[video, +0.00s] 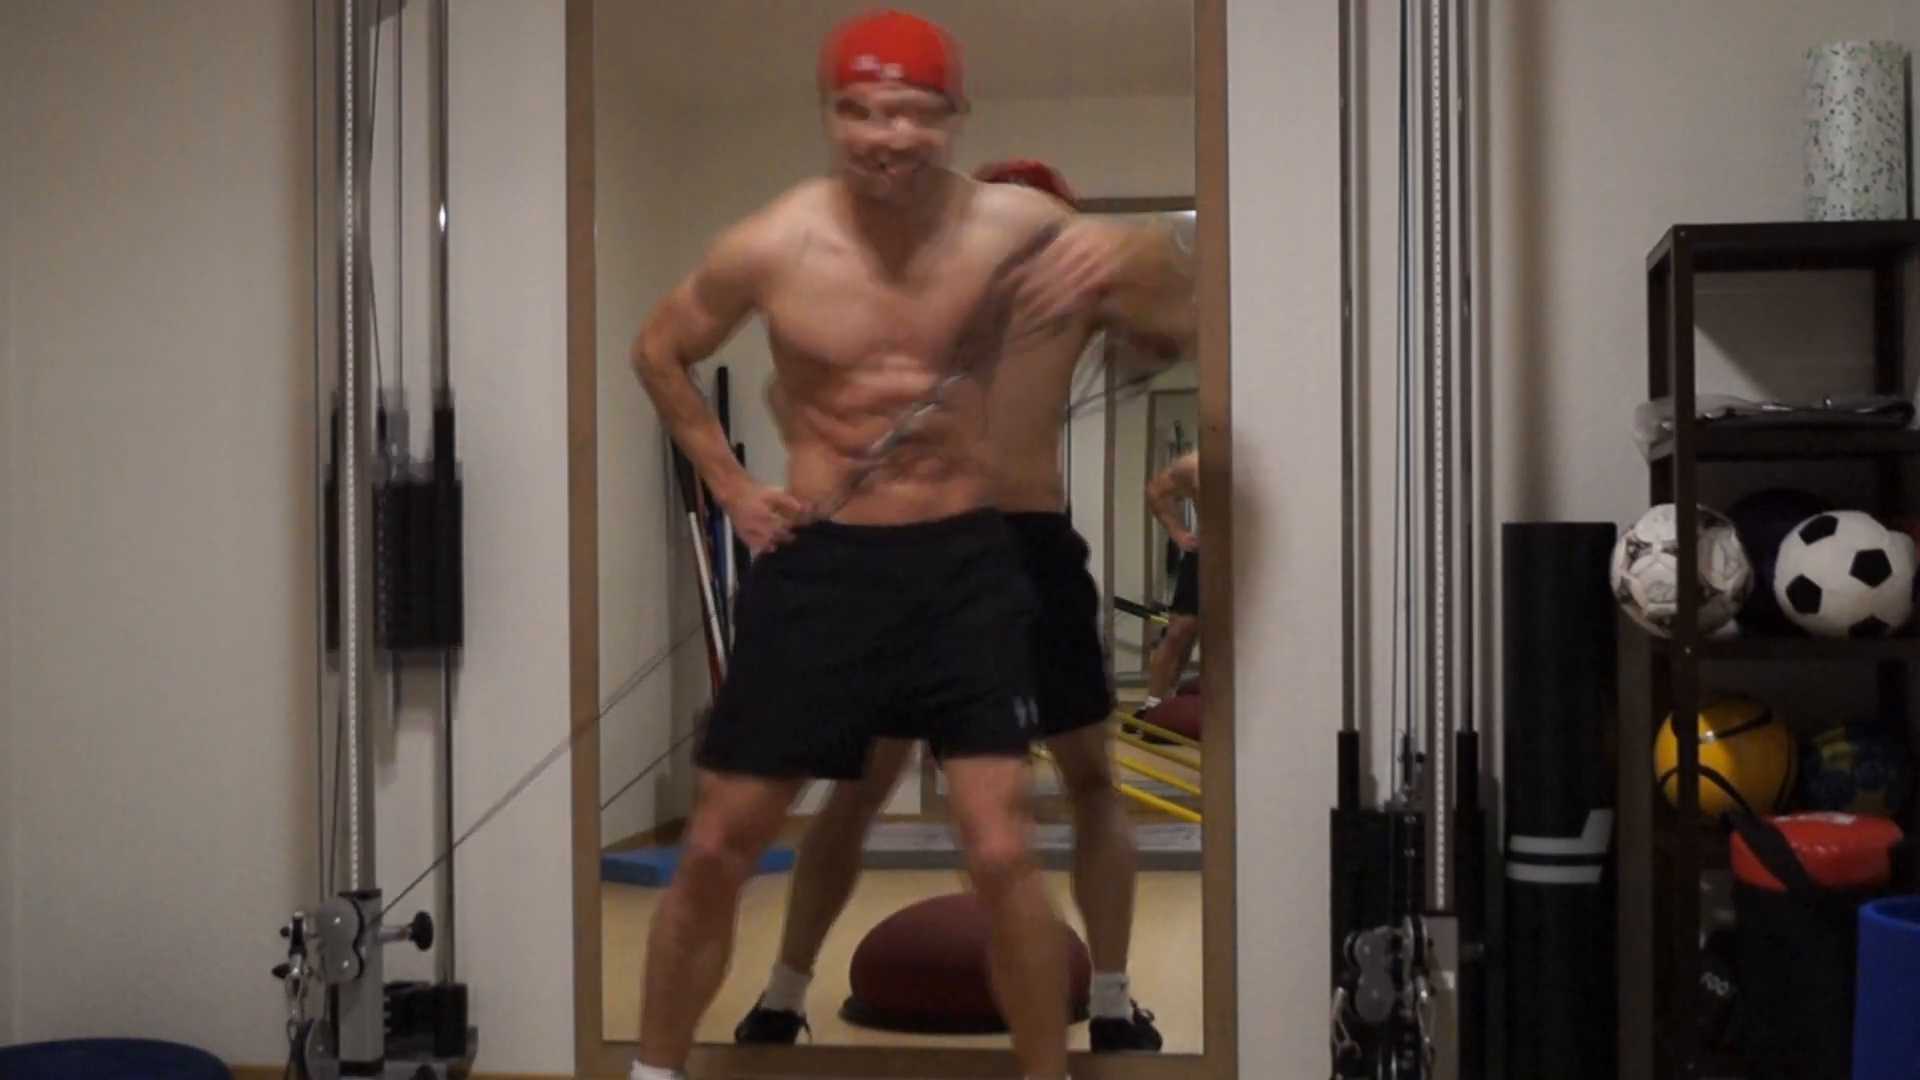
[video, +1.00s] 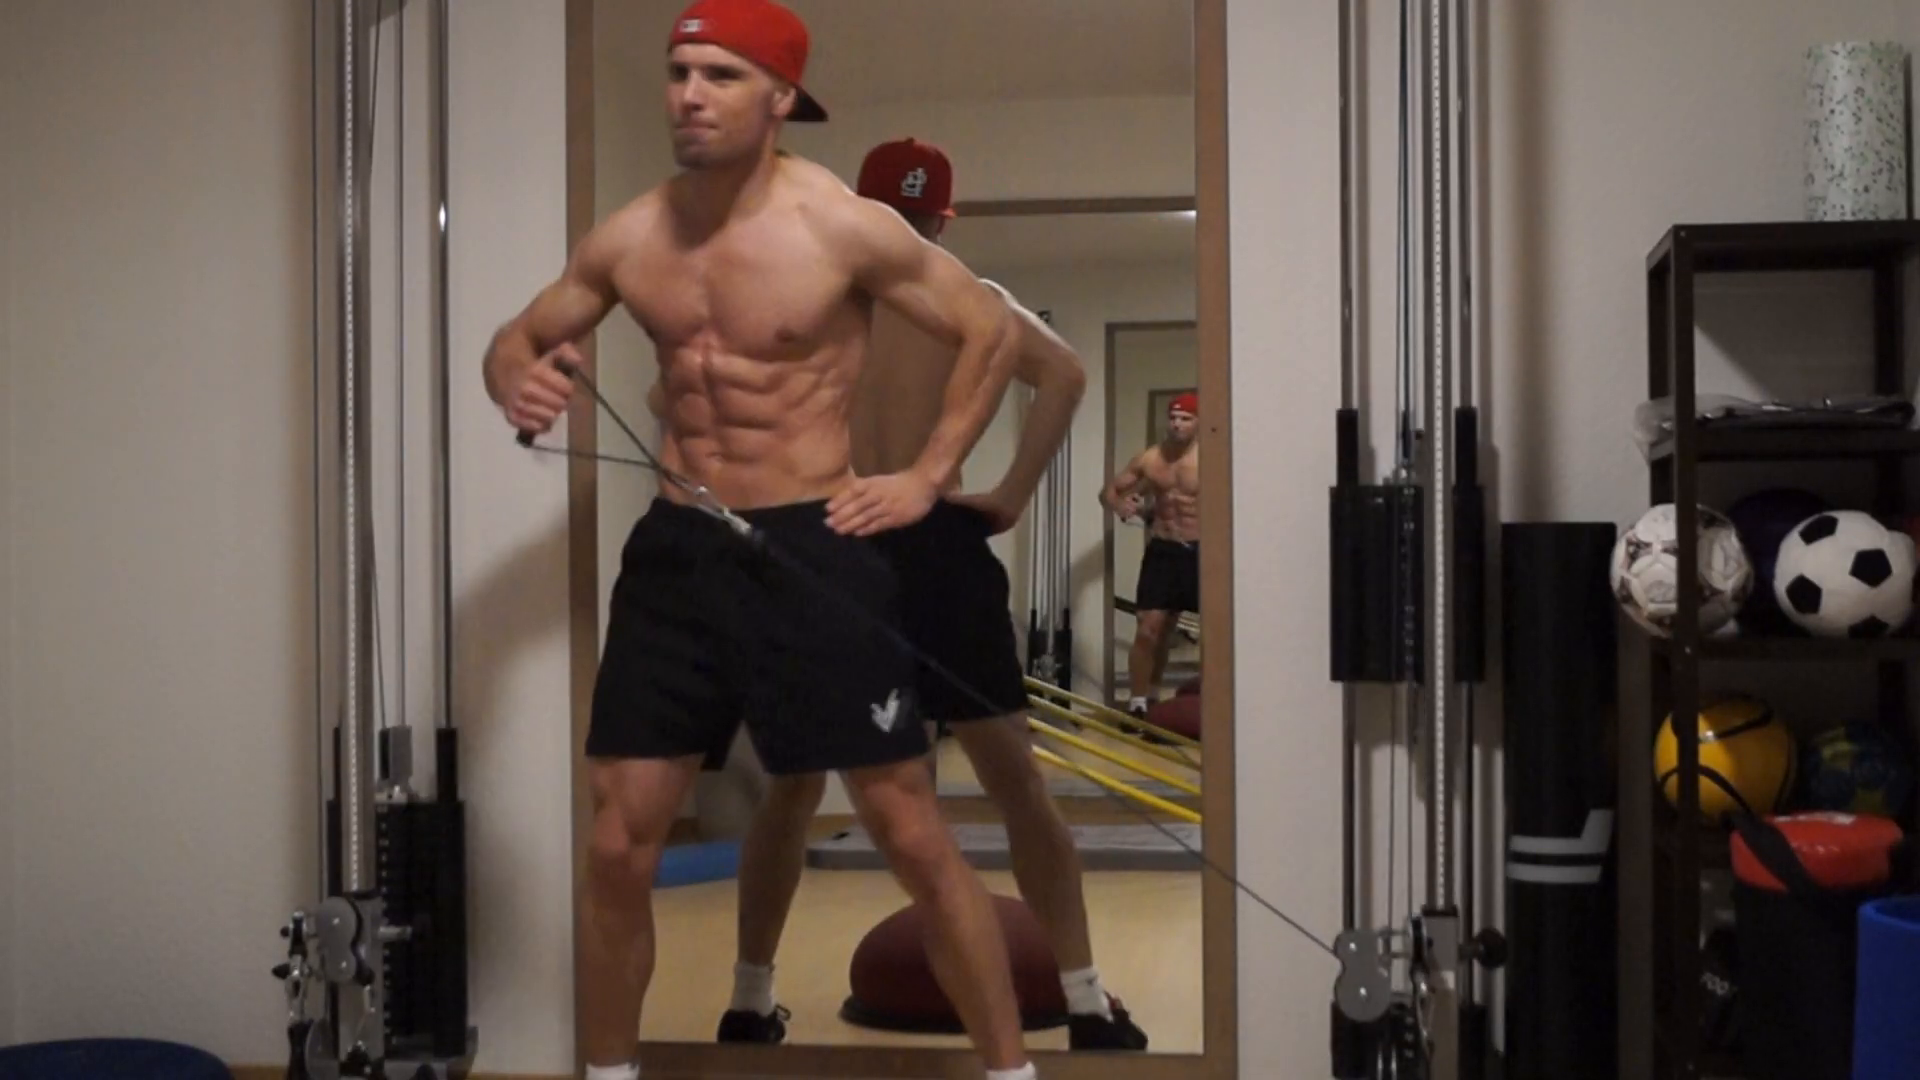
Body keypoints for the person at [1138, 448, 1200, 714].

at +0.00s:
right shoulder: (1199, 465)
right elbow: (1156, 491)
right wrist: (1179, 533)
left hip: (1224, 556)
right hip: (1202, 552)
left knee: (1192, 631)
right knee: (1181, 629)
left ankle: (1167, 695)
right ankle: (1154, 699)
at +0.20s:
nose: (1195, 430)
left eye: (1201, 422)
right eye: (1191, 422)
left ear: (1212, 426)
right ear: (1184, 426)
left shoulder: (1223, 460)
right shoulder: (1177, 460)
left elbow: (1234, 501)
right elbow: (1166, 495)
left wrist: (1209, 521)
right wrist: (1180, 525)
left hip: (1223, 548)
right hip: (1191, 546)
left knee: (1220, 628)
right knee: (1171, 624)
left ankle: (1214, 702)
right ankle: (1150, 698)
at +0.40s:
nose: (1175, 428)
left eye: (1182, 422)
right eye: (1173, 422)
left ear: (1200, 426)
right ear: (1174, 427)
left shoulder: (1199, 460)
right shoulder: (1188, 460)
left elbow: (1195, 520)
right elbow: (1192, 519)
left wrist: (1153, 542)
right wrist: (1158, 543)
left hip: (1201, 549)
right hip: (1188, 548)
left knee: (1165, 624)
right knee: (1164, 624)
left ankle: (1149, 697)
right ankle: (1149, 699)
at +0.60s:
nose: (1180, 434)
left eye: (1186, 427)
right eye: (1180, 428)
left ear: (1205, 430)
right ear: (1188, 433)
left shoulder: (1208, 466)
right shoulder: (1197, 467)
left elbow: (1194, 518)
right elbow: (1189, 520)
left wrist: (1153, 550)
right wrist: (1155, 549)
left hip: (1213, 554)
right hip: (1192, 553)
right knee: (1162, 626)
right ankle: (1148, 700)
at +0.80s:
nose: (1211, 426)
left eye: (1215, 418)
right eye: (1206, 417)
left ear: (1223, 422)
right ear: (1193, 418)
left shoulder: (1226, 460)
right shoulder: (1175, 459)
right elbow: (1148, 512)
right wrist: (1190, 534)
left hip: (1211, 554)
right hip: (1176, 553)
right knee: (1160, 632)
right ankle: (1140, 701)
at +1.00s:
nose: (1177, 424)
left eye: (1185, 419)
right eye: (1173, 418)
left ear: (1198, 424)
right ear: (1167, 421)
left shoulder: (1207, 458)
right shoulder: (1150, 458)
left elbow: (1230, 497)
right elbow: (1109, 491)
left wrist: (1212, 518)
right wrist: (1121, 505)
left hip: (1198, 550)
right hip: (1162, 549)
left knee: (1164, 631)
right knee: (1149, 628)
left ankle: (1149, 696)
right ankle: (1138, 701)